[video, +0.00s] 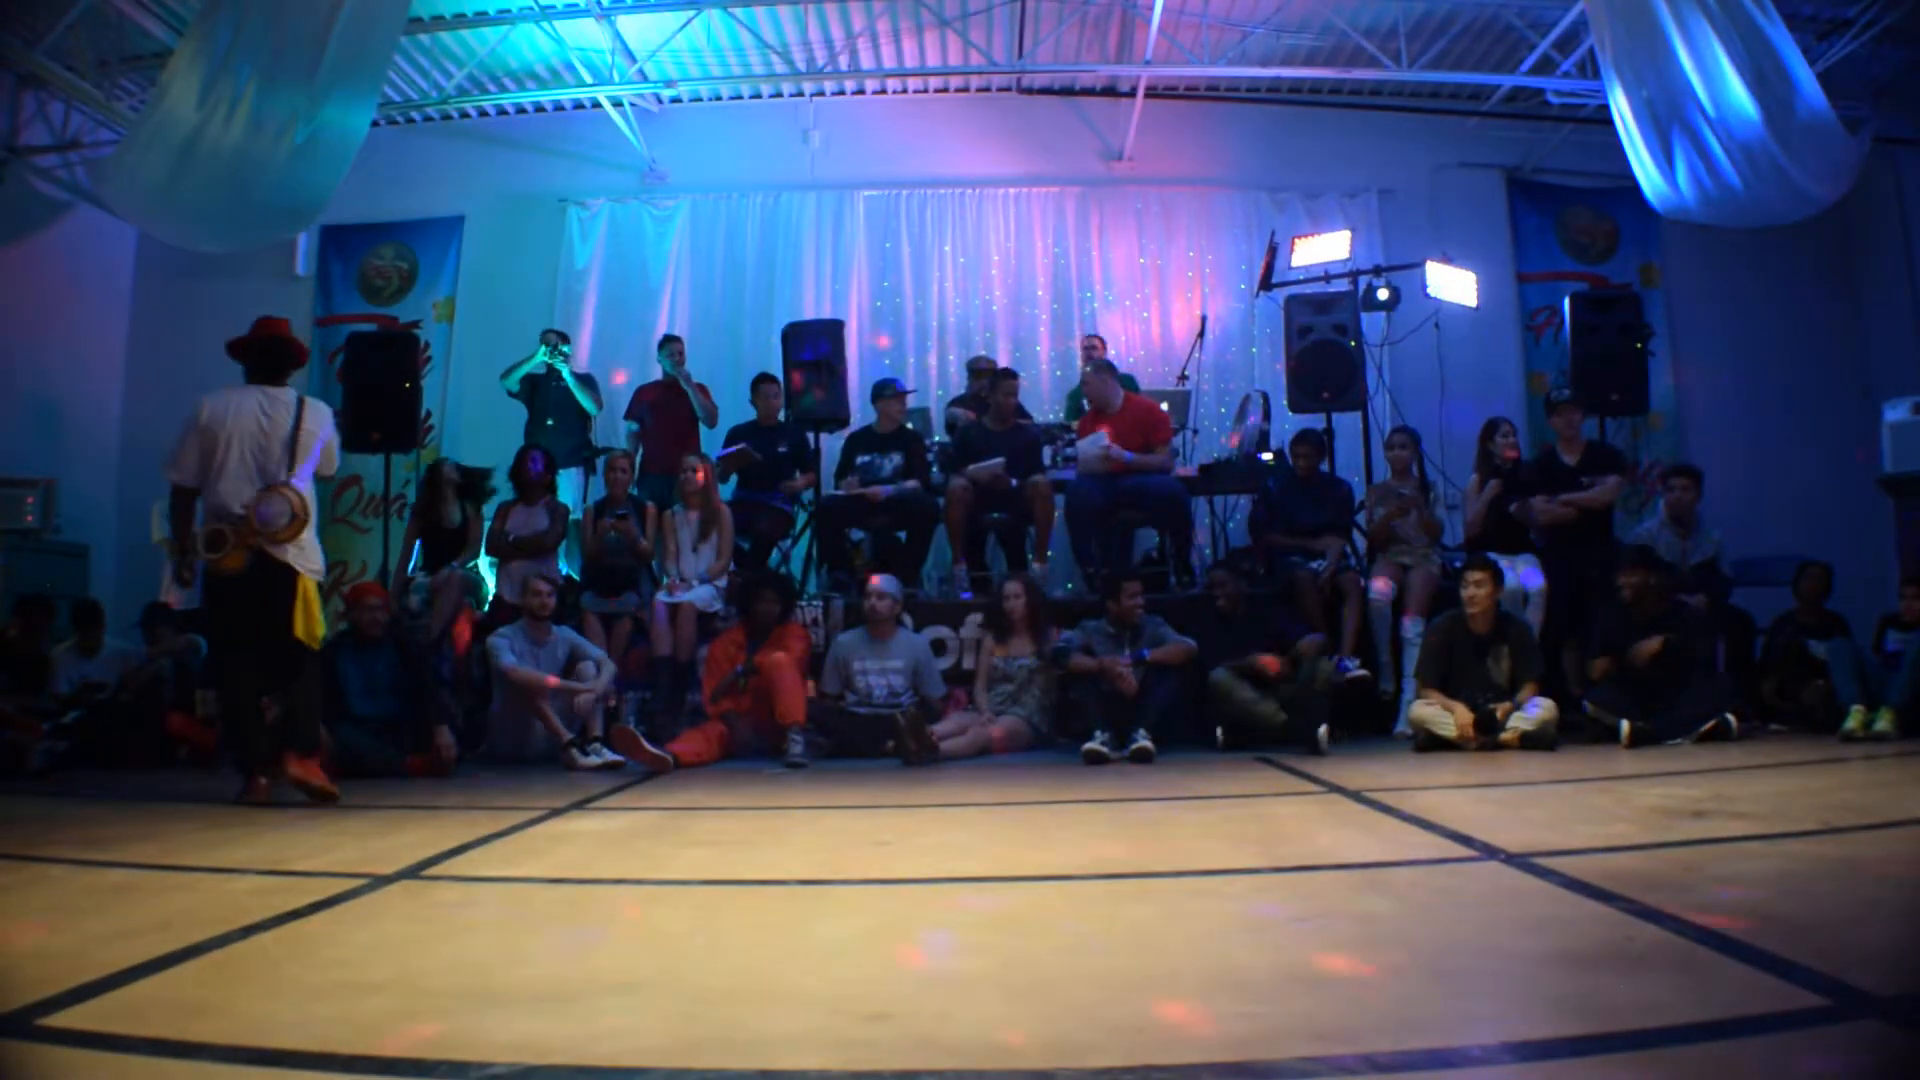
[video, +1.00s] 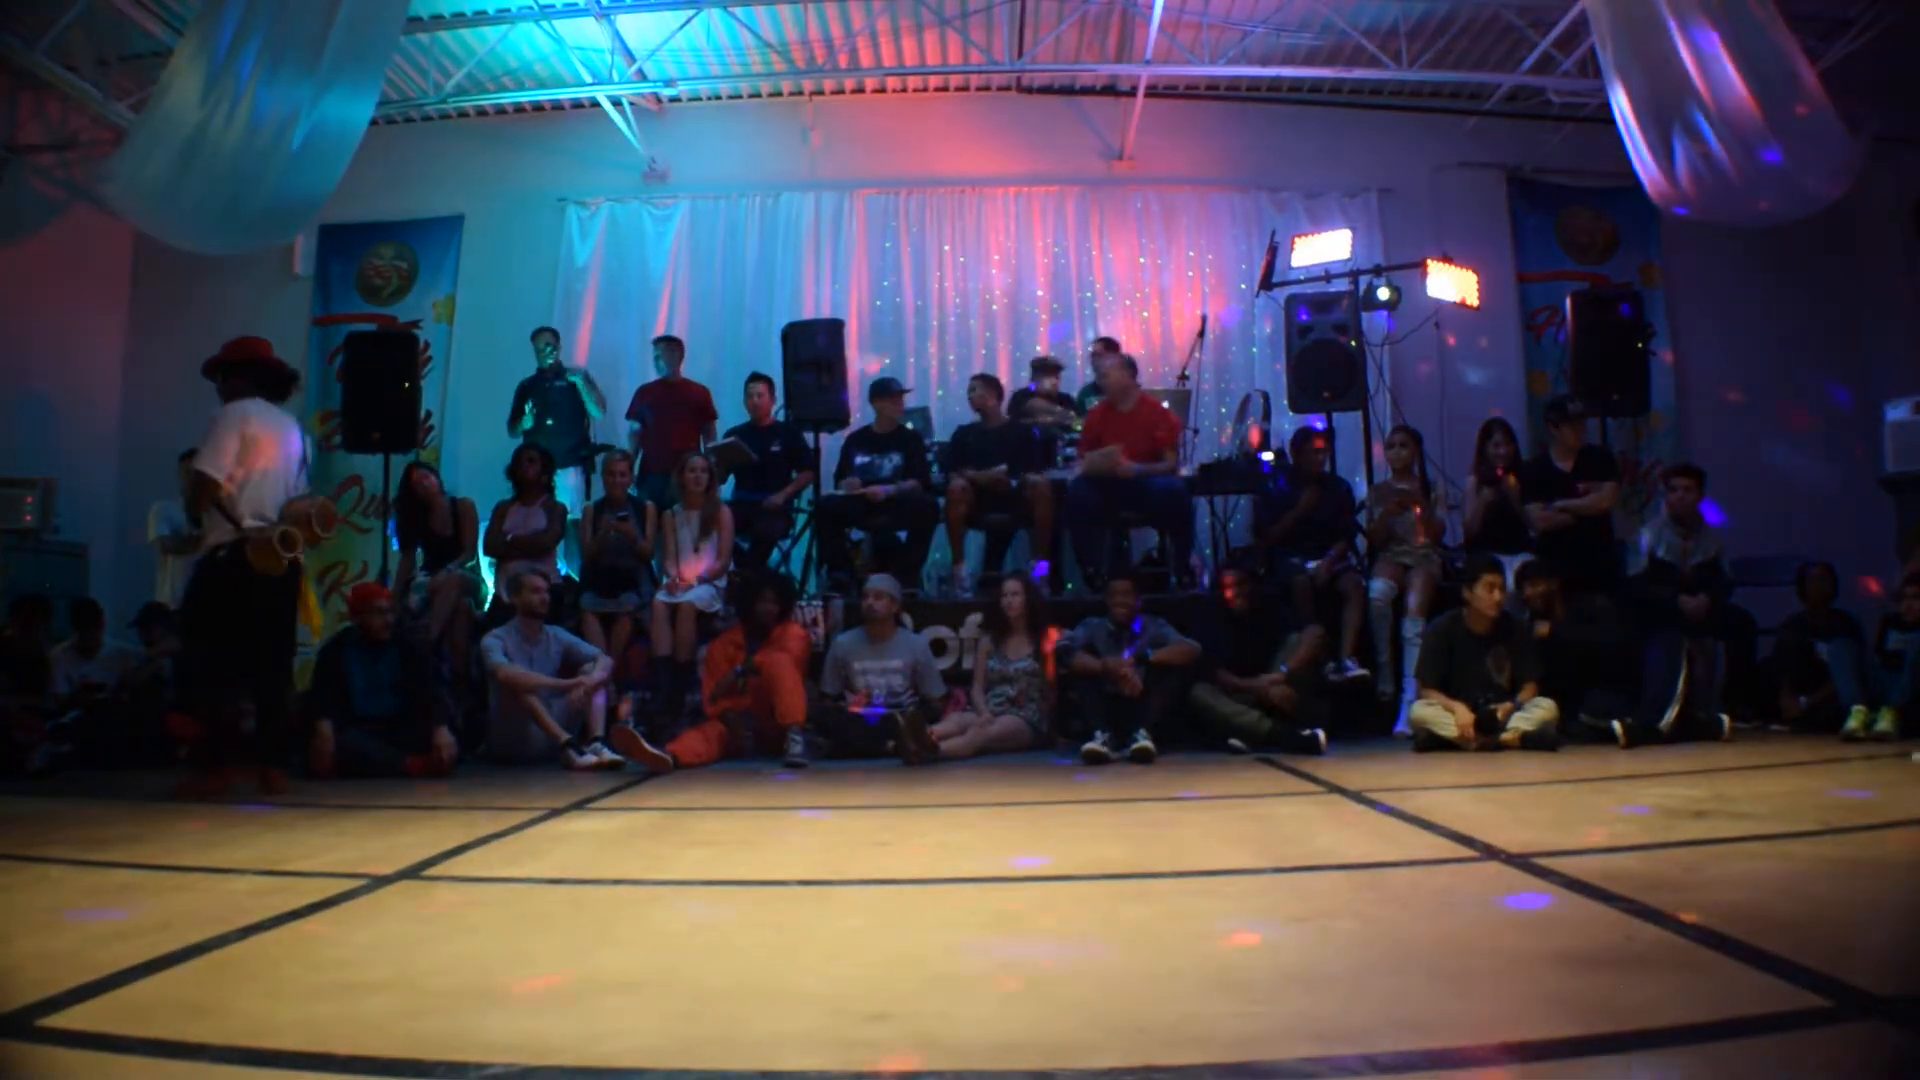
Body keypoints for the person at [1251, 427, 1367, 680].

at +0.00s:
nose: (1302, 463)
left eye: (1308, 457)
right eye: (1297, 457)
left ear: (1320, 457)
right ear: (1290, 456)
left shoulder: (1338, 488)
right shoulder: (1277, 486)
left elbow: (1341, 534)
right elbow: (1263, 535)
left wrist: (1330, 566)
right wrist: (1313, 544)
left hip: (1328, 553)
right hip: (1291, 554)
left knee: (1353, 582)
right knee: (1304, 580)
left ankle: (1346, 657)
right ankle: (1319, 653)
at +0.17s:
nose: (1302, 464)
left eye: (1308, 457)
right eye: (1296, 457)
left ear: (1320, 457)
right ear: (1290, 457)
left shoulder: (1337, 488)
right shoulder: (1277, 486)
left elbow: (1343, 533)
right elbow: (1262, 534)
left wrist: (1330, 559)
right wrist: (1312, 545)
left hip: (1328, 553)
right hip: (1290, 554)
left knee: (1352, 581)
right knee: (1303, 581)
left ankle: (1345, 656)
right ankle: (1316, 655)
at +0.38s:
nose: (1304, 462)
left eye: (1310, 456)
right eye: (1299, 456)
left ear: (1321, 456)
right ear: (1292, 455)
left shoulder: (1337, 487)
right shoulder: (1276, 486)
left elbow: (1345, 531)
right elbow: (1261, 534)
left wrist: (1332, 553)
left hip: (1329, 554)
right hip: (1291, 554)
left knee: (1352, 583)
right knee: (1301, 580)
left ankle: (1344, 658)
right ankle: (1316, 657)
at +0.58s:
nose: (1317, 460)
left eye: (1321, 454)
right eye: (1311, 454)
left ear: (1326, 455)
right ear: (1296, 454)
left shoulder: (1337, 487)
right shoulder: (1276, 485)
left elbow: (1347, 533)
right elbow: (1258, 533)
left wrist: (1329, 560)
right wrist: (1297, 521)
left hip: (1328, 553)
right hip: (1290, 554)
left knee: (1353, 585)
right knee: (1300, 583)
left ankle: (1345, 658)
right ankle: (1316, 658)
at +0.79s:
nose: (1318, 459)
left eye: (1322, 452)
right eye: (1311, 452)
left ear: (1327, 454)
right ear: (1295, 454)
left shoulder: (1337, 486)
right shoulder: (1277, 484)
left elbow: (1346, 534)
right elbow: (1261, 531)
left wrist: (1330, 561)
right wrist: (1297, 512)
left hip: (1327, 553)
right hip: (1290, 553)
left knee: (1353, 585)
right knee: (1301, 583)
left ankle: (1345, 658)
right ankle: (1314, 657)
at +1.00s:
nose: (1319, 458)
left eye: (1323, 452)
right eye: (1313, 452)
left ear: (1327, 454)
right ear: (1296, 454)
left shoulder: (1338, 486)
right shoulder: (1278, 485)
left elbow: (1347, 535)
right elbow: (1267, 535)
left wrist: (1330, 562)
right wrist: (1299, 510)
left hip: (1329, 554)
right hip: (1292, 554)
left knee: (1354, 585)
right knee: (1301, 584)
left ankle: (1347, 657)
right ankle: (1314, 658)